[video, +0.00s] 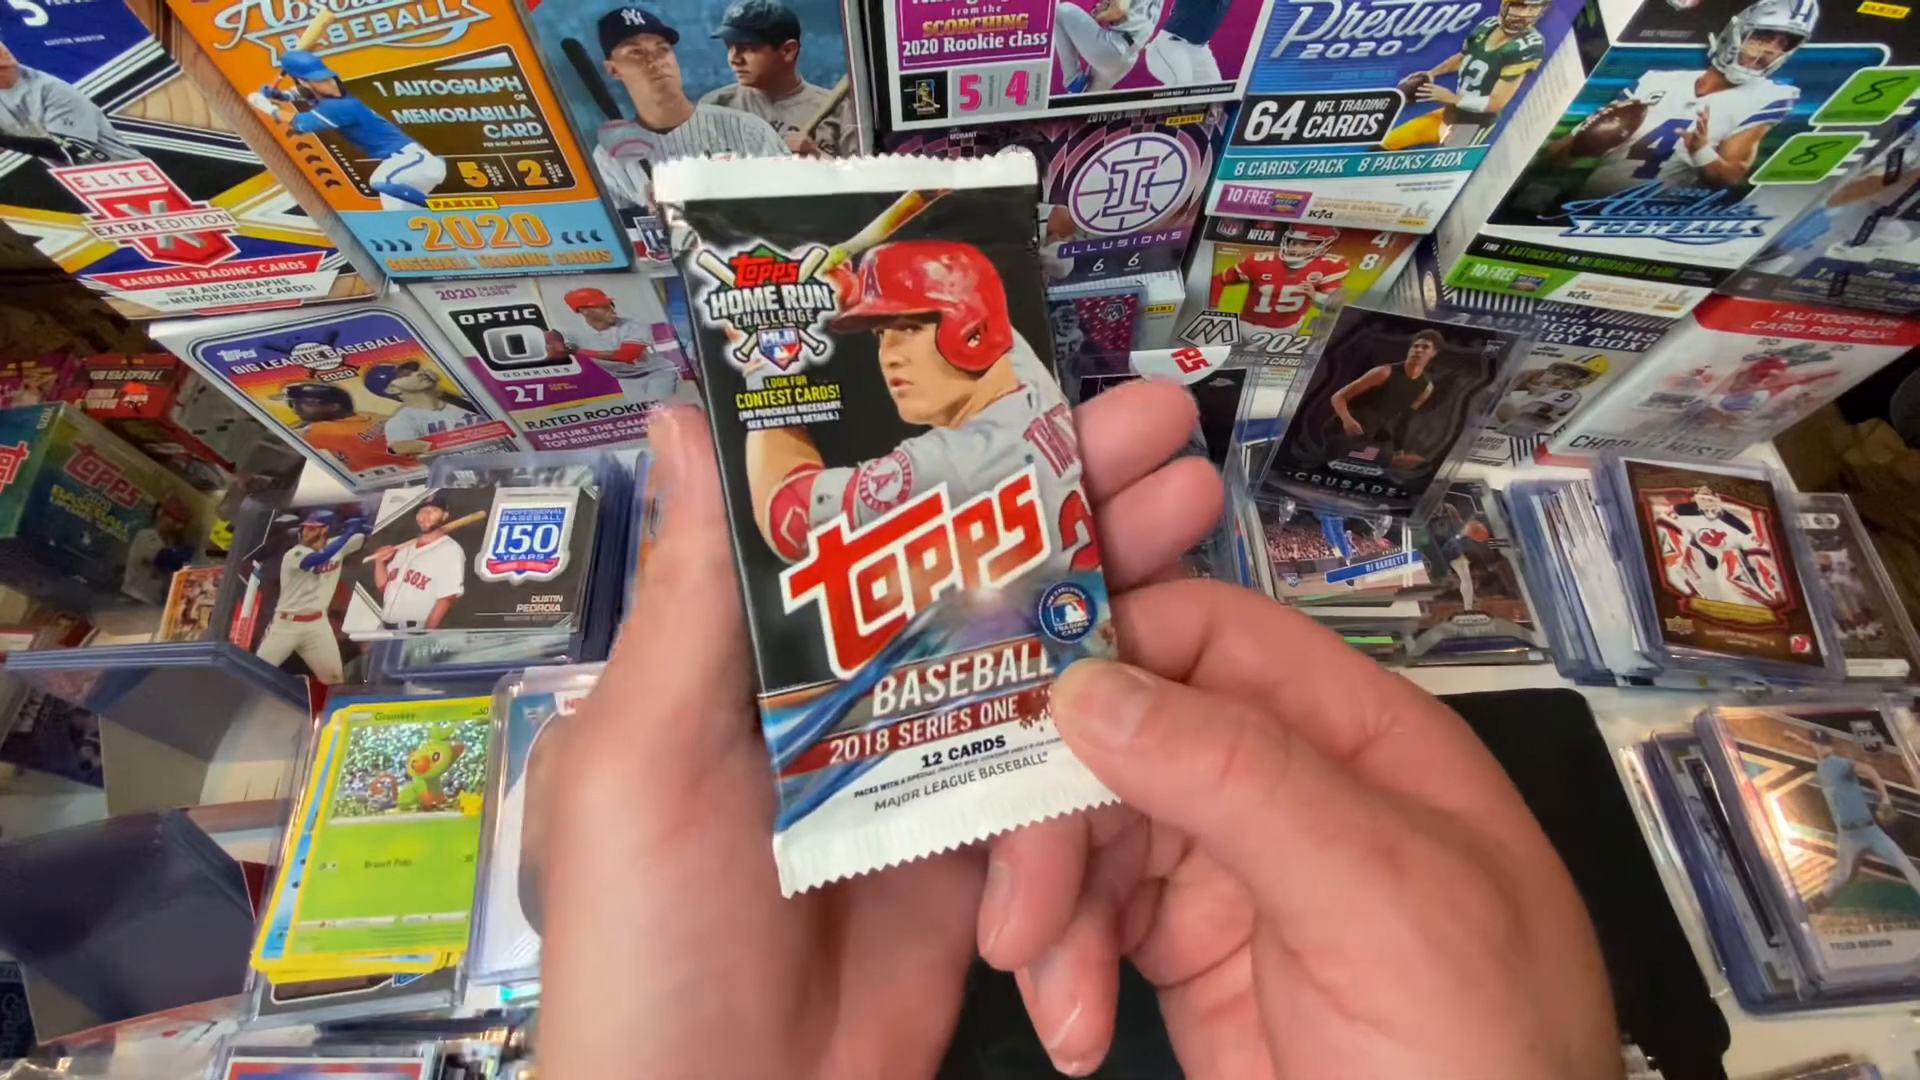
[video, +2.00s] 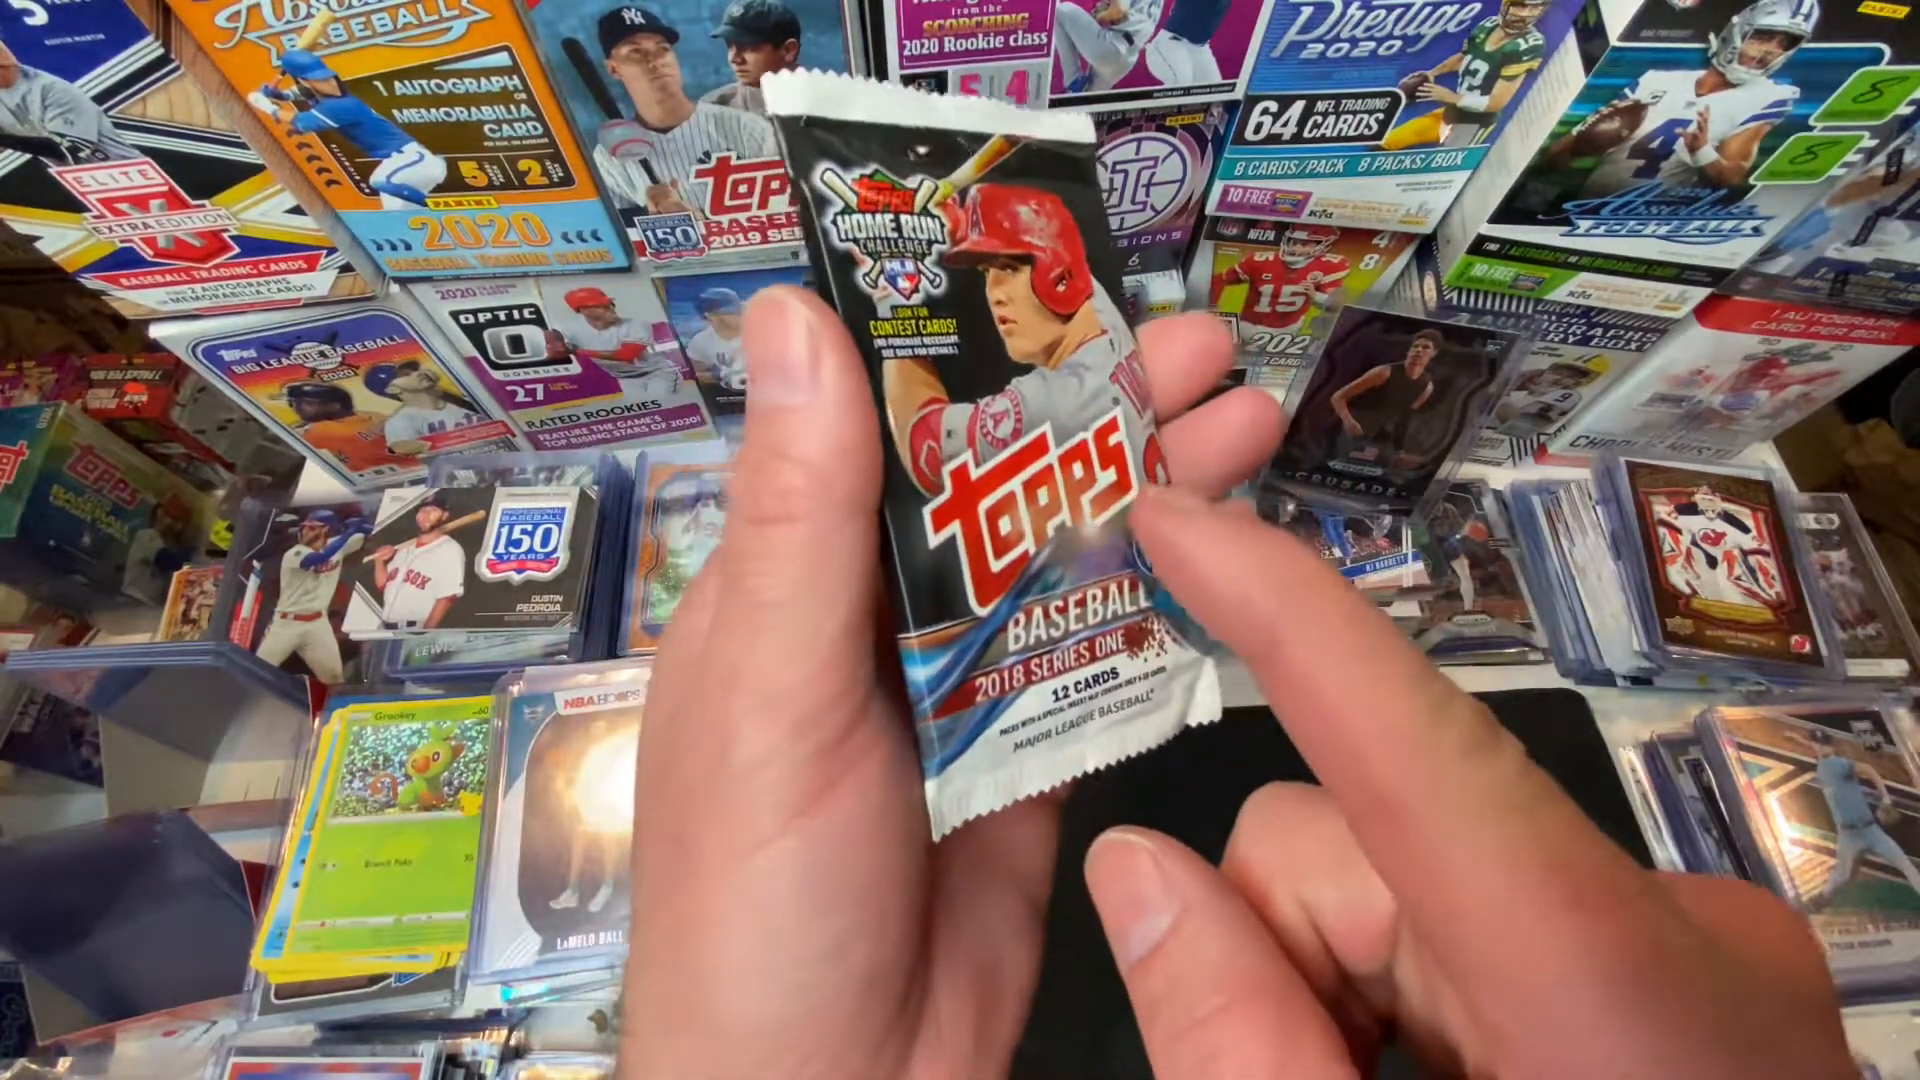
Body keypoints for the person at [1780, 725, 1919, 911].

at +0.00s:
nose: (1821, 749)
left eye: (1823, 744)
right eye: (1817, 745)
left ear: (1829, 744)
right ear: (1814, 747)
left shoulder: (1838, 764)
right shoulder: (1822, 768)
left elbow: (1869, 771)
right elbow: (1813, 746)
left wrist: (1884, 797)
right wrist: (1799, 739)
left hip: (1870, 829)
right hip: (1847, 834)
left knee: (1904, 864)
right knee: (1842, 875)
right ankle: (1823, 898)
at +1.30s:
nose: (1822, 749)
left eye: (1824, 744)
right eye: (1818, 745)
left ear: (1830, 745)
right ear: (1814, 748)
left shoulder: (1839, 764)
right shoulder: (1823, 767)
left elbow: (1869, 770)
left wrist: (1885, 797)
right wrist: (1796, 738)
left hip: (1871, 829)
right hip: (1847, 834)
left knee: (1903, 862)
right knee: (1842, 874)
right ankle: (1825, 896)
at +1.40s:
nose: (1823, 749)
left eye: (1825, 744)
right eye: (1819, 745)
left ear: (1831, 745)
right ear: (1814, 748)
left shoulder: (1839, 764)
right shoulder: (1823, 767)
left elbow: (1868, 770)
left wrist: (1884, 797)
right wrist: (1796, 738)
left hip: (1871, 829)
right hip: (1847, 834)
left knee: (1904, 863)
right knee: (1842, 874)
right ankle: (1825, 896)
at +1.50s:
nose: (1823, 749)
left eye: (1825, 744)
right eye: (1819, 745)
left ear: (1831, 745)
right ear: (1814, 748)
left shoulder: (1839, 764)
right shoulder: (1823, 767)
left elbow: (1868, 770)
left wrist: (1884, 797)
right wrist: (1796, 738)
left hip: (1871, 829)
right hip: (1847, 834)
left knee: (1904, 863)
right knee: (1842, 875)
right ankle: (1825, 896)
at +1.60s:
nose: (1823, 749)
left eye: (1825, 744)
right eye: (1819, 745)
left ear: (1831, 745)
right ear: (1814, 747)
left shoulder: (1839, 764)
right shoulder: (1823, 767)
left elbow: (1868, 770)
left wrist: (1885, 797)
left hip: (1871, 828)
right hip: (1847, 834)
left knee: (1904, 864)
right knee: (1843, 875)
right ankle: (1823, 897)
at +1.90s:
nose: (1824, 749)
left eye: (1826, 744)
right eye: (1819, 745)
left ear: (1831, 745)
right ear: (1814, 748)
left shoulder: (1839, 764)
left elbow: (1868, 770)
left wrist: (1885, 797)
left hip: (1871, 829)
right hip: (1847, 834)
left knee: (1904, 863)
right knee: (1842, 875)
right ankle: (1824, 897)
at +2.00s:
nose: (1823, 749)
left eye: (1826, 744)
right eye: (1819, 746)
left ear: (1831, 745)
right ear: (1814, 748)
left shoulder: (1839, 764)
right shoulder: (1823, 766)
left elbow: (1868, 770)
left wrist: (1885, 797)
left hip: (1870, 828)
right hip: (1847, 834)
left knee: (1904, 864)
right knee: (1843, 874)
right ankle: (1823, 897)